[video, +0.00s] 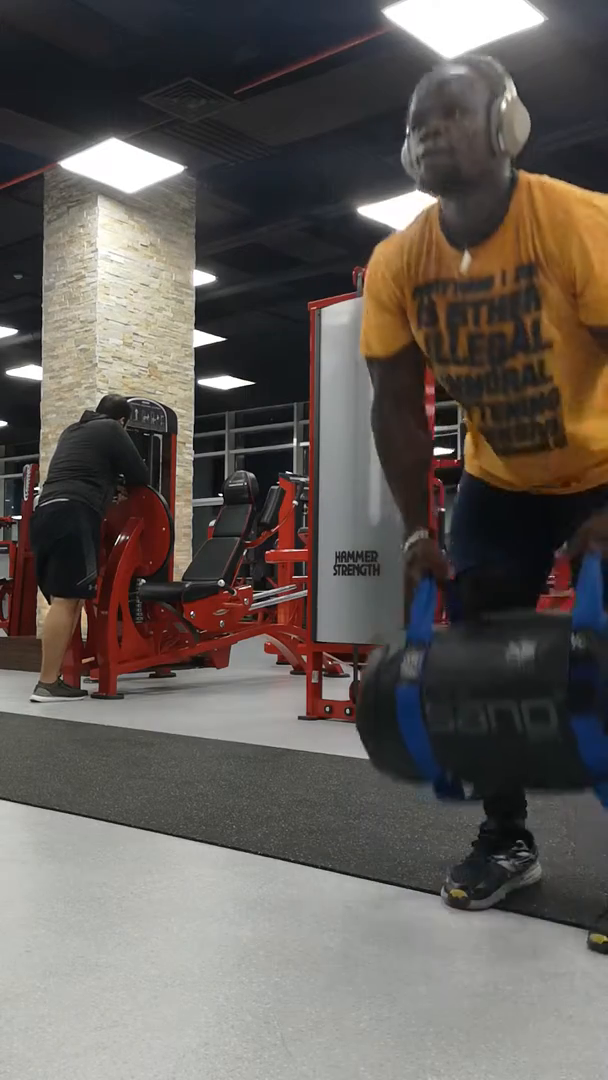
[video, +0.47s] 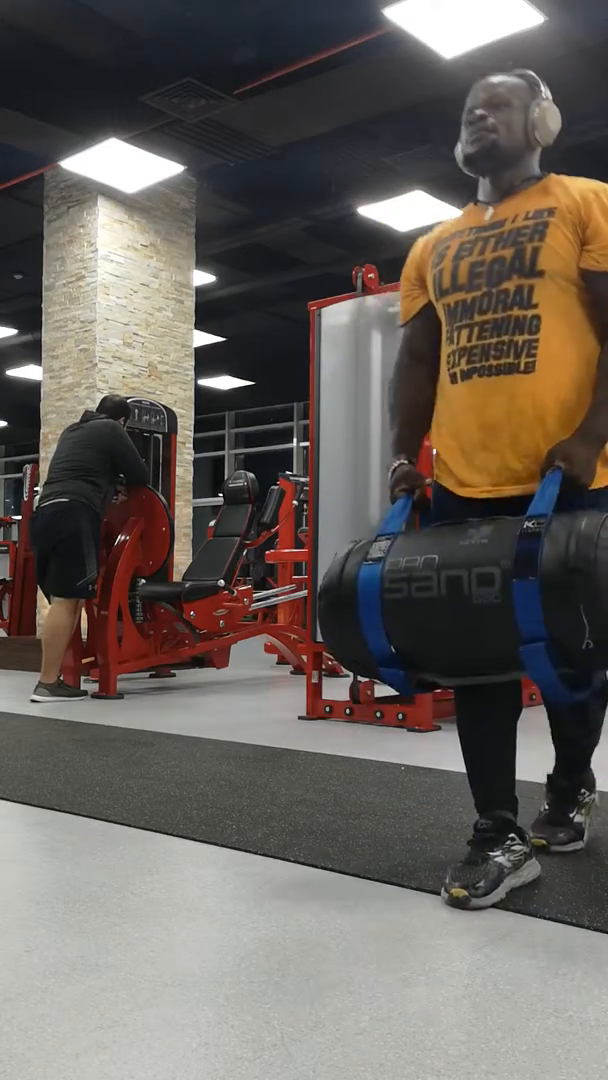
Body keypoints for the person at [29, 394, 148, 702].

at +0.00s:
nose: (125, 428)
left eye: (125, 424)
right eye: (126, 424)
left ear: (98, 414)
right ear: (121, 420)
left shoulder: (71, 430)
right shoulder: (112, 430)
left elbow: (75, 471)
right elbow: (141, 478)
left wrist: (111, 487)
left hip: (44, 511)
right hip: (70, 510)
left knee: (66, 601)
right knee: (65, 601)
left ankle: (52, 678)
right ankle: (48, 682)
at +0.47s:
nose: (125, 427)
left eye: (125, 424)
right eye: (126, 424)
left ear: (98, 413)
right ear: (121, 420)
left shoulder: (71, 430)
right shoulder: (112, 430)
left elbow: (75, 471)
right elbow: (141, 478)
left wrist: (111, 486)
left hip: (44, 512)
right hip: (72, 511)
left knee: (67, 601)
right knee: (65, 601)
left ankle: (53, 678)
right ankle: (48, 682)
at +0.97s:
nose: (125, 427)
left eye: (124, 424)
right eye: (126, 423)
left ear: (98, 414)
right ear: (121, 420)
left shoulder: (71, 431)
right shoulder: (112, 430)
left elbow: (77, 471)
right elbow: (141, 478)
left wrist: (111, 485)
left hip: (45, 512)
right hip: (70, 511)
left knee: (74, 602)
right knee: (59, 600)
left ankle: (54, 677)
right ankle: (47, 682)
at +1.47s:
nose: (123, 424)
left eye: (122, 420)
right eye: (123, 419)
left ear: (93, 413)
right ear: (118, 417)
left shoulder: (70, 431)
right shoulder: (111, 430)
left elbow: (75, 472)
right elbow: (141, 478)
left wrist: (110, 487)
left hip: (42, 511)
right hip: (68, 511)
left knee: (68, 601)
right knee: (59, 601)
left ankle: (54, 679)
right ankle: (47, 682)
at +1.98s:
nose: (122, 423)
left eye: (121, 419)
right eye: (122, 419)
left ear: (91, 413)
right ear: (116, 416)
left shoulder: (70, 431)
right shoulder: (110, 430)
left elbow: (75, 472)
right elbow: (141, 478)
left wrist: (109, 487)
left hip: (42, 511)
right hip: (68, 511)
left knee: (68, 601)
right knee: (59, 601)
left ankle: (54, 678)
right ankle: (47, 682)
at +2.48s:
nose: (121, 424)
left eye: (120, 420)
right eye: (121, 419)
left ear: (91, 413)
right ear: (115, 417)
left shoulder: (69, 431)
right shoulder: (110, 430)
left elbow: (76, 470)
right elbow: (140, 477)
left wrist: (110, 483)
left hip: (41, 512)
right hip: (69, 511)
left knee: (63, 601)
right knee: (63, 601)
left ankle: (52, 679)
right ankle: (48, 682)